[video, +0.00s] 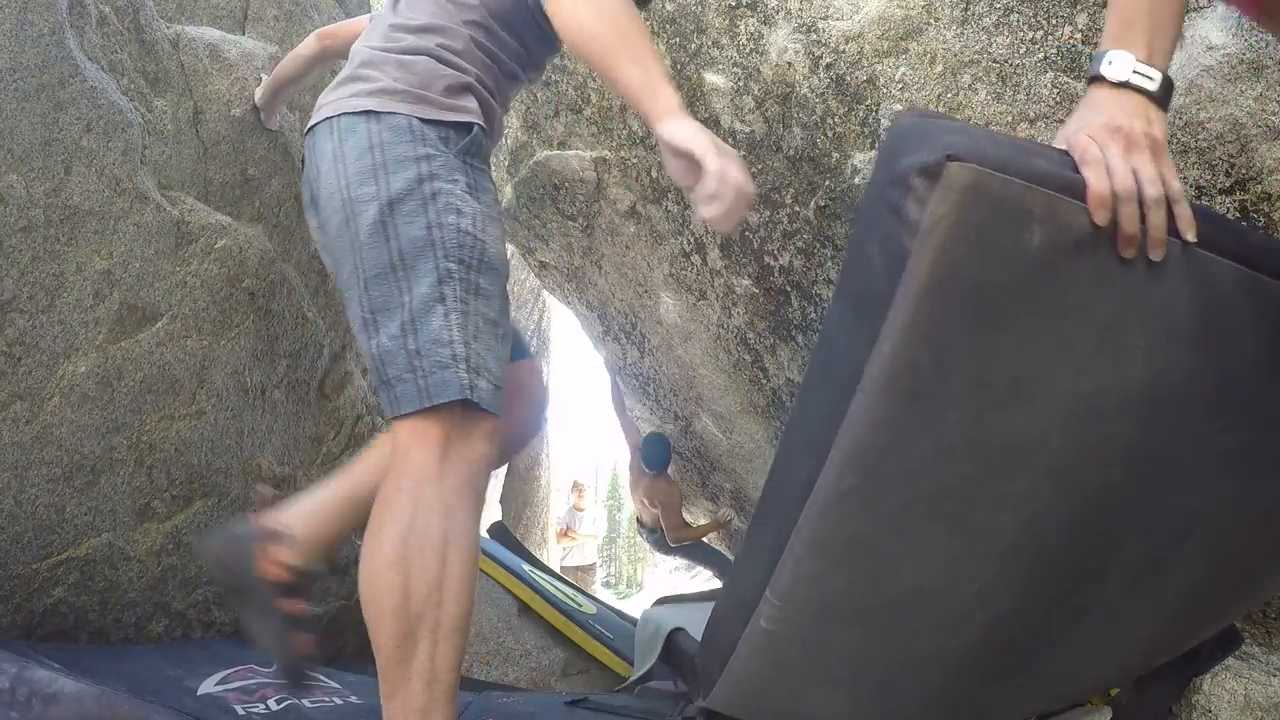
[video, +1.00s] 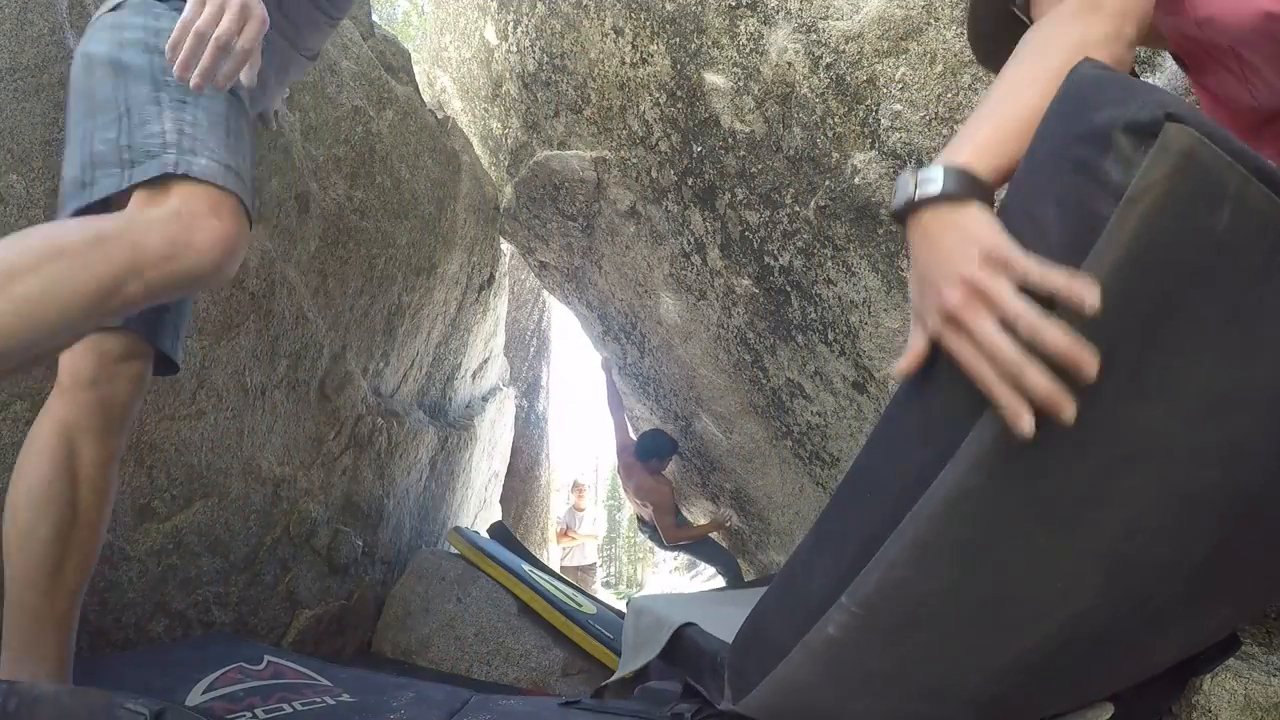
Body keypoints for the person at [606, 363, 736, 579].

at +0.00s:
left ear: (641, 453)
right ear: (668, 460)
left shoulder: (637, 454)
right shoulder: (668, 491)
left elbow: (621, 413)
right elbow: (675, 537)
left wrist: (612, 376)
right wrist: (715, 525)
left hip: (642, 527)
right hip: (662, 537)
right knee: (718, 560)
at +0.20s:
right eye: (659, 455)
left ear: (631, 462)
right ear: (659, 467)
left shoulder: (628, 460)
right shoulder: (660, 498)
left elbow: (615, 417)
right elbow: (676, 541)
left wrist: (609, 377)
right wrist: (714, 525)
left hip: (640, 531)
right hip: (661, 542)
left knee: (677, 521)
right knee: (718, 568)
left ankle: (695, 546)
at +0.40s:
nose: (663, 460)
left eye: (660, 456)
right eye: (661, 461)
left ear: (632, 461)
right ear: (657, 471)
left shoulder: (627, 462)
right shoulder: (659, 498)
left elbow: (617, 417)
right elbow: (677, 543)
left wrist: (609, 378)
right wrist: (714, 526)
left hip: (642, 531)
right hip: (662, 542)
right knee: (716, 567)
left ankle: (696, 547)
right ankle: (734, 603)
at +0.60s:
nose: (669, 468)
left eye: (670, 464)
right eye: (668, 465)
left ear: (641, 452)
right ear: (659, 467)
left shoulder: (628, 457)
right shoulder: (661, 495)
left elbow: (620, 415)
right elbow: (675, 539)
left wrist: (610, 377)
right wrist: (713, 526)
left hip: (642, 527)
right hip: (663, 536)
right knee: (721, 566)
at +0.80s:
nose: (671, 468)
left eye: (672, 463)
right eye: (669, 464)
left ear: (643, 453)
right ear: (656, 465)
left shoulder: (628, 453)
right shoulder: (661, 494)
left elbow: (619, 412)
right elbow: (674, 539)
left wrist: (609, 374)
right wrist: (714, 526)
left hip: (644, 526)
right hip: (667, 535)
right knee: (725, 565)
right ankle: (739, 600)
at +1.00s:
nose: (668, 463)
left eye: (669, 459)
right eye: (667, 459)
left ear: (643, 450)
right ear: (656, 461)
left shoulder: (626, 452)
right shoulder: (660, 490)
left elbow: (616, 412)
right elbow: (670, 537)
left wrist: (608, 374)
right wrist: (713, 527)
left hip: (644, 524)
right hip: (667, 532)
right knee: (726, 561)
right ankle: (739, 596)